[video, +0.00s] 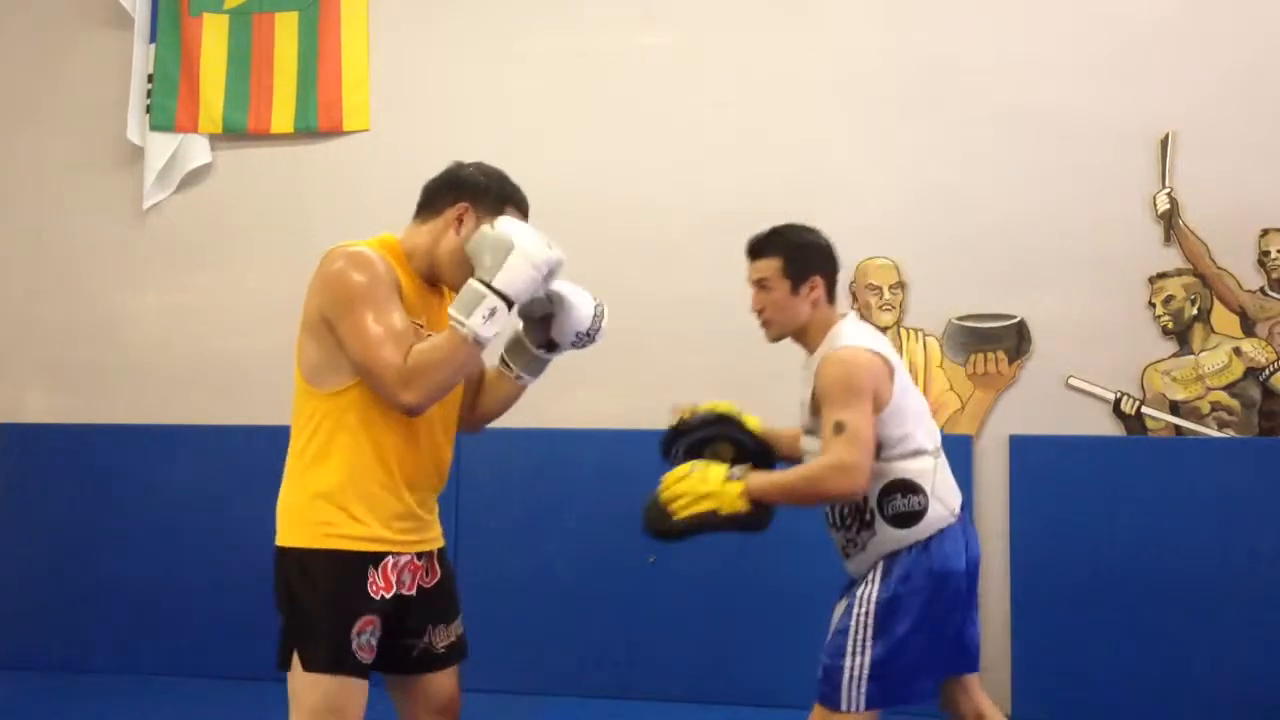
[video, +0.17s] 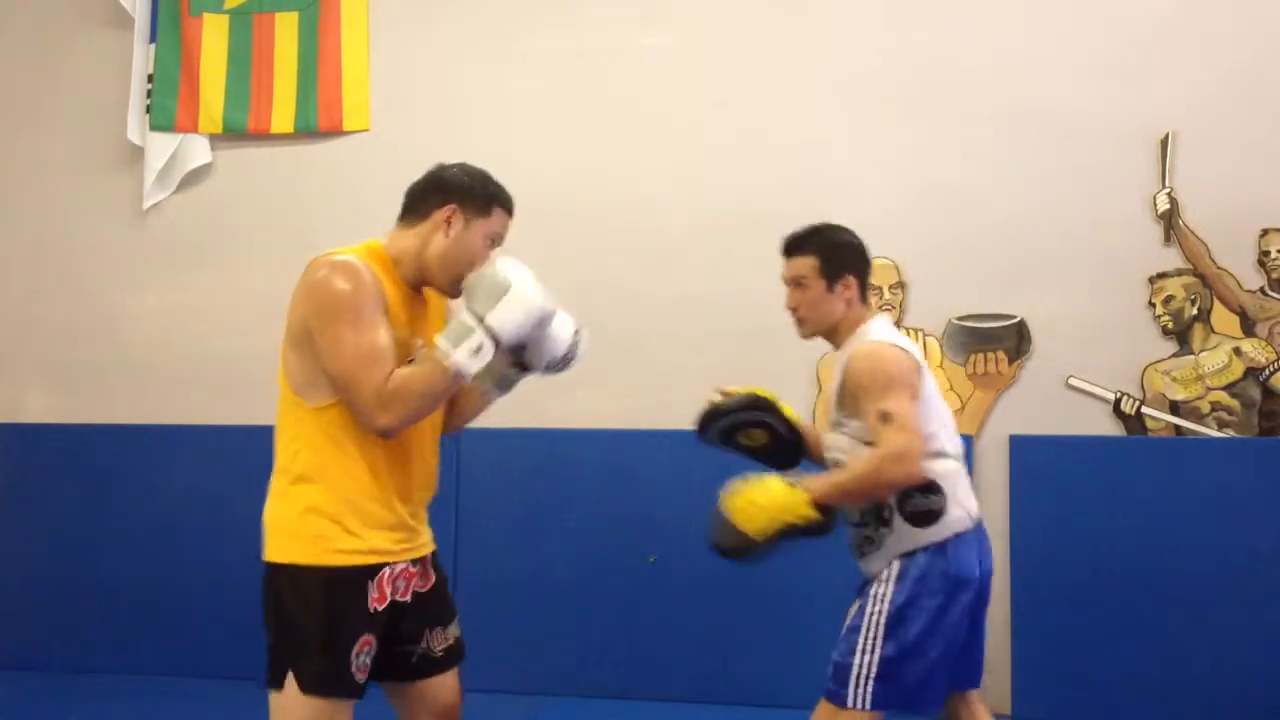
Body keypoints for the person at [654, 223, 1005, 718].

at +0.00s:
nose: (754, 303)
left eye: (764, 287)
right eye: (753, 288)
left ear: (812, 290)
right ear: (812, 294)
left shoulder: (846, 359)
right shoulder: (851, 344)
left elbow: (848, 475)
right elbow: (837, 445)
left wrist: (742, 487)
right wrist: (757, 439)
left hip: (905, 558)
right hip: (941, 543)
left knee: (839, 709)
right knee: (964, 695)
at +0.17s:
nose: (788, 301)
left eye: (799, 285)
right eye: (787, 286)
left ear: (846, 289)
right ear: (842, 293)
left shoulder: (876, 357)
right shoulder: (847, 359)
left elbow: (903, 461)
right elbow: (851, 454)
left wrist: (801, 495)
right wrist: (783, 431)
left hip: (922, 560)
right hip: (947, 552)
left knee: (842, 710)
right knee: (957, 702)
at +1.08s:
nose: (793, 311)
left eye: (804, 296)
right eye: (792, 297)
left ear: (852, 297)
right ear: (846, 300)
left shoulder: (889, 357)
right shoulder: (844, 363)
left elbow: (911, 460)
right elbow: (788, 424)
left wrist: (811, 471)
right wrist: (748, 376)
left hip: (925, 563)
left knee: (836, 710)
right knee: (956, 707)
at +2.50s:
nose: (834, 293)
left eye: (845, 278)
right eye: (832, 279)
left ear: (892, 280)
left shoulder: (924, 342)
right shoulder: (865, 349)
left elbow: (954, 440)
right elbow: (792, 384)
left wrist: (858, 439)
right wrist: (766, 318)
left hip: (931, 553)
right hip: (900, 554)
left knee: (854, 707)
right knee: (948, 700)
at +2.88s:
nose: (843, 313)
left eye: (854, 298)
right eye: (841, 299)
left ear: (899, 299)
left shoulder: (931, 358)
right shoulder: (887, 371)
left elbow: (979, 450)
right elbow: (829, 431)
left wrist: (887, 482)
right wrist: (799, 369)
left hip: (948, 572)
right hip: (925, 568)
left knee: (845, 712)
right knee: (930, 711)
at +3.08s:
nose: (826, 342)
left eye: (838, 326)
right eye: (821, 327)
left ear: (883, 329)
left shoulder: (932, 383)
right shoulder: (861, 391)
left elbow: (963, 483)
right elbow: (800, 442)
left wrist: (868, 490)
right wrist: (774, 386)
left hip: (962, 585)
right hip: (924, 584)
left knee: (857, 713)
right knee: (919, 713)